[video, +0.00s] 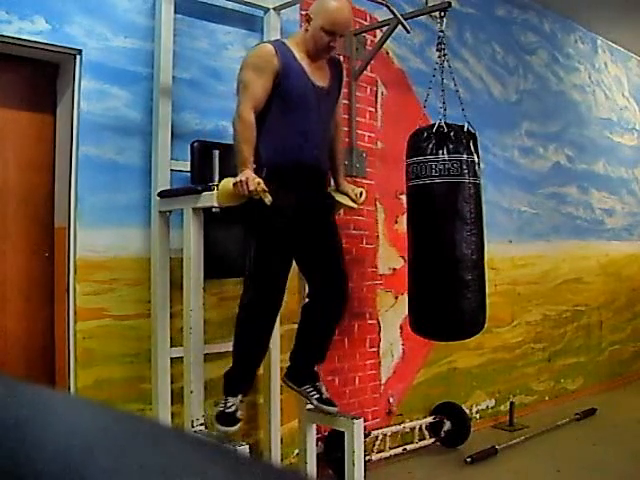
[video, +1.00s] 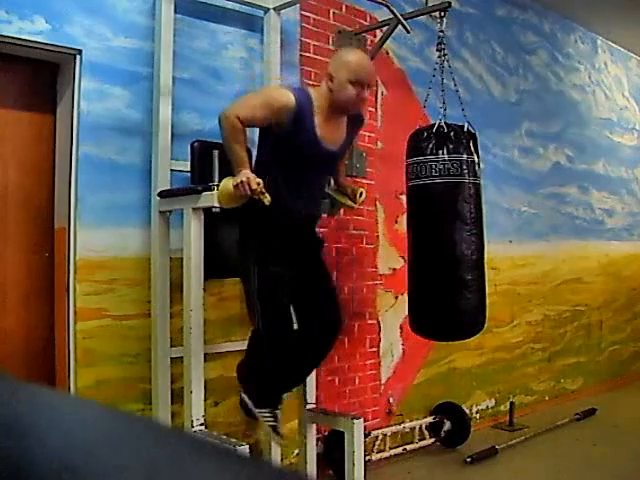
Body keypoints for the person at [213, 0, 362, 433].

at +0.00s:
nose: (335, 44)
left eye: (341, 37)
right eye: (330, 34)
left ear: (345, 33)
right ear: (307, 20)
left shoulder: (335, 68)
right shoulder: (268, 56)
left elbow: (333, 123)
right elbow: (245, 112)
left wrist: (338, 177)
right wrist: (246, 168)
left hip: (314, 193)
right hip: (273, 191)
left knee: (332, 289)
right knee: (263, 294)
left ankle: (302, 373)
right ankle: (235, 388)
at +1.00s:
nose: (363, 96)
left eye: (367, 88)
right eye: (356, 86)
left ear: (368, 87)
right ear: (330, 78)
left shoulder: (352, 117)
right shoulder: (288, 102)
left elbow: (336, 152)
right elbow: (231, 118)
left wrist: (342, 181)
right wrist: (242, 171)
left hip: (302, 233)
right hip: (262, 228)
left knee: (325, 322)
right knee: (276, 326)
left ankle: (266, 393)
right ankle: (255, 394)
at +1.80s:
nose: (360, 39)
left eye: (365, 32)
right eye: (353, 29)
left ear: (368, 34)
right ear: (328, 22)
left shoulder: (351, 72)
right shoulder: (286, 64)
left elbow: (338, 134)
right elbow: (243, 111)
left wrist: (342, 181)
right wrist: (244, 169)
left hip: (315, 201)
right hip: (275, 197)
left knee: (319, 294)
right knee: (259, 286)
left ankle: (243, 330)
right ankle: (241, 336)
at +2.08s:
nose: (362, 48)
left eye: (367, 40)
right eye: (356, 38)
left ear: (367, 42)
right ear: (330, 32)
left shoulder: (350, 80)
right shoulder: (282, 70)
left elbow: (334, 136)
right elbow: (240, 114)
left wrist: (341, 179)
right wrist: (243, 170)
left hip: (311, 206)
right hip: (271, 202)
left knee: (321, 297)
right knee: (260, 291)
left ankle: (244, 332)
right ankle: (245, 341)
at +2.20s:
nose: (365, 85)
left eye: (369, 76)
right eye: (359, 74)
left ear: (371, 74)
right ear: (334, 66)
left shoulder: (352, 111)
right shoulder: (289, 95)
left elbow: (336, 148)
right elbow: (233, 117)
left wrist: (341, 180)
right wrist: (243, 169)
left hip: (304, 230)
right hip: (264, 222)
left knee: (321, 318)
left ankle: (251, 373)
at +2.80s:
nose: (364, 70)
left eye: (369, 61)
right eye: (357, 59)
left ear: (370, 62)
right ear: (333, 54)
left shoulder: (355, 101)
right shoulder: (291, 91)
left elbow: (319, 152)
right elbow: (234, 115)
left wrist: (339, 184)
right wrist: (243, 170)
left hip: (306, 224)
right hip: (267, 221)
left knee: (326, 316)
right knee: (265, 323)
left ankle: (251, 361)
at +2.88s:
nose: (364, 47)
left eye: (368, 39)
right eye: (357, 37)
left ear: (368, 42)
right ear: (331, 33)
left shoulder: (353, 80)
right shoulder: (289, 71)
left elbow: (337, 135)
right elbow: (238, 112)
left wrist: (341, 179)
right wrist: (243, 169)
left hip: (309, 208)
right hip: (269, 204)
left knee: (323, 301)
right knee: (262, 299)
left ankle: (247, 346)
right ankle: (248, 355)